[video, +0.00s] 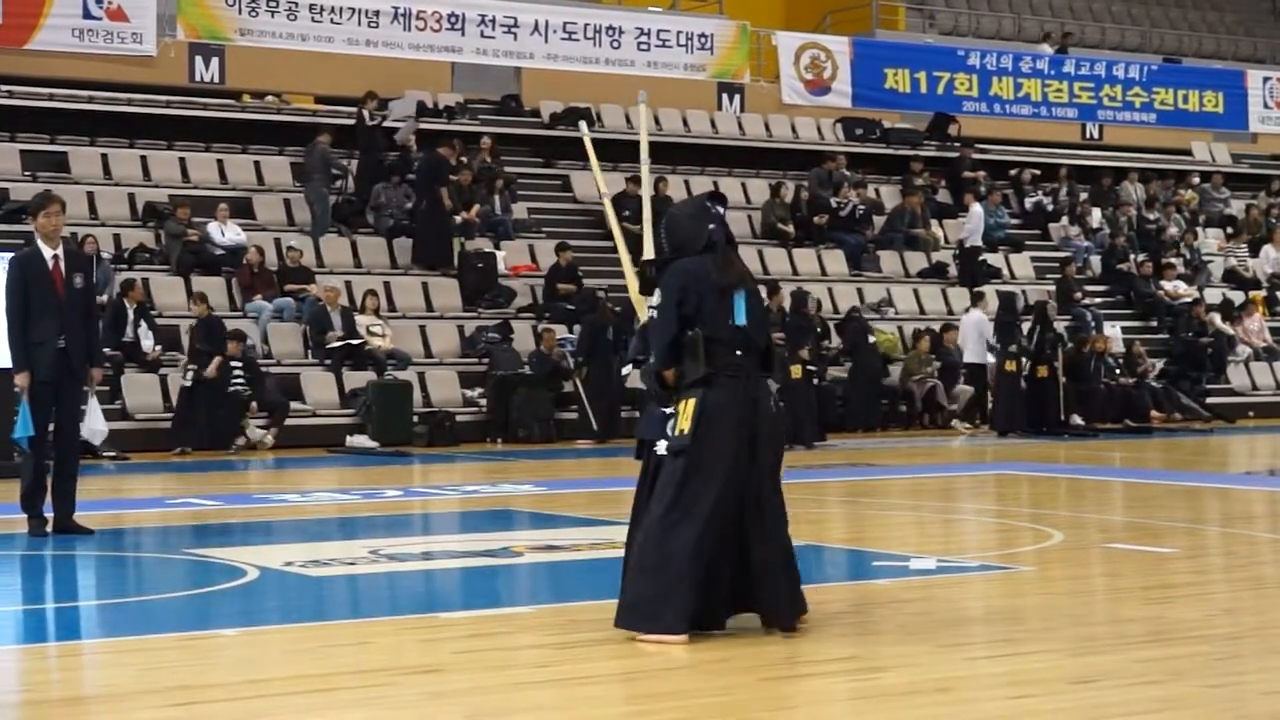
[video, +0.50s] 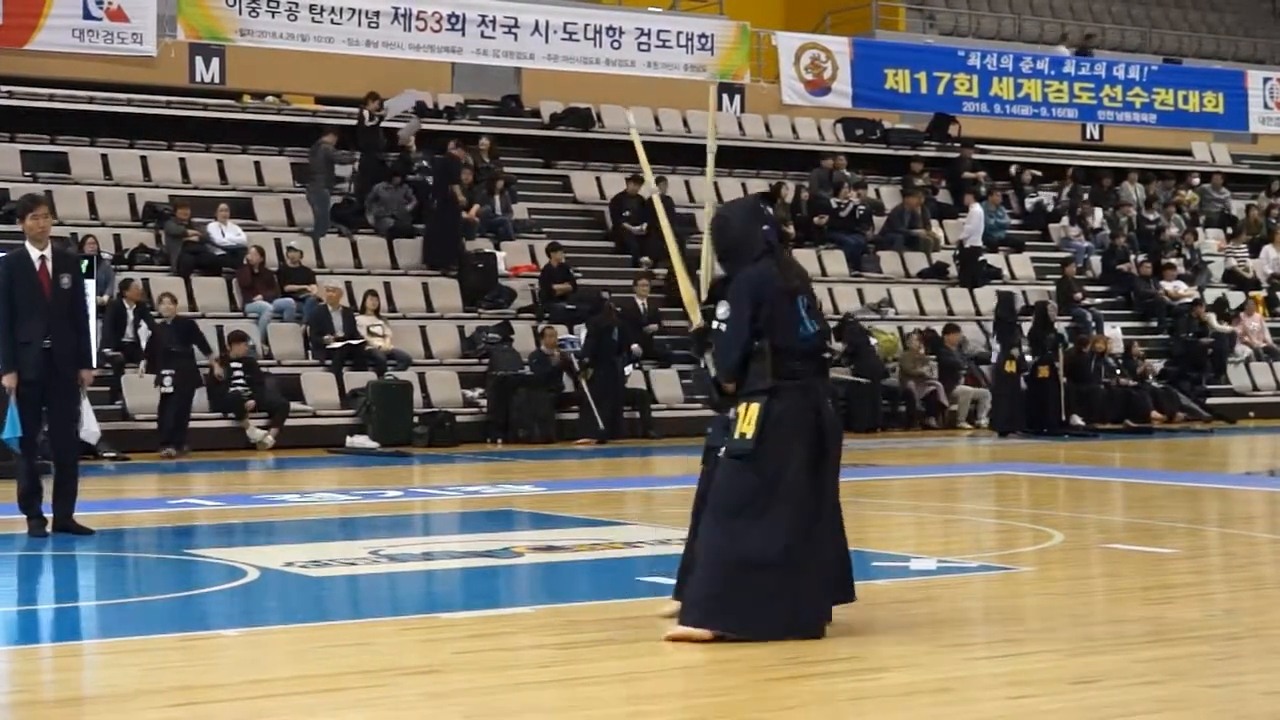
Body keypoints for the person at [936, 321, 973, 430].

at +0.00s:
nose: (955, 336)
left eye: (956, 333)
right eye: (952, 333)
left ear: (957, 334)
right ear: (945, 335)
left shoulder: (957, 348)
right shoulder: (941, 350)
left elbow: (960, 362)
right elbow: (953, 363)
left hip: (958, 381)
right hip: (946, 384)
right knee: (968, 391)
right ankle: (956, 416)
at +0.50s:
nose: (959, 338)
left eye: (959, 335)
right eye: (956, 335)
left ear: (960, 336)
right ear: (947, 336)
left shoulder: (957, 351)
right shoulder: (942, 351)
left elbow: (970, 358)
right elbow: (956, 363)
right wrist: (964, 363)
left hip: (962, 385)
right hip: (948, 386)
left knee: (985, 394)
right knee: (967, 392)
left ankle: (981, 420)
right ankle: (961, 421)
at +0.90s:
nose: (960, 338)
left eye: (960, 335)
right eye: (957, 334)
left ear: (961, 336)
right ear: (948, 336)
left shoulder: (958, 351)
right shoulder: (944, 351)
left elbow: (970, 359)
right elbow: (956, 363)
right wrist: (965, 363)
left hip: (963, 385)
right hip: (950, 386)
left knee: (986, 393)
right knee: (967, 392)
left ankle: (982, 419)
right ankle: (961, 421)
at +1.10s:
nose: (961, 337)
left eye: (960, 334)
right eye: (958, 334)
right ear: (949, 336)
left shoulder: (958, 350)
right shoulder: (946, 351)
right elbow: (956, 364)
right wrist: (965, 365)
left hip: (963, 385)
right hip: (951, 387)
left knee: (986, 393)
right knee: (967, 392)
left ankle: (983, 419)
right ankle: (962, 421)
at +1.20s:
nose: (961, 337)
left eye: (960, 334)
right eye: (958, 334)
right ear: (949, 336)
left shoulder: (958, 350)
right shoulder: (946, 351)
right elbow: (956, 364)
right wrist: (965, 365)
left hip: (963, 385)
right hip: (950, 386)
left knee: (986, 393)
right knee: (967, 392)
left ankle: (983, 419)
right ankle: (962, 421)